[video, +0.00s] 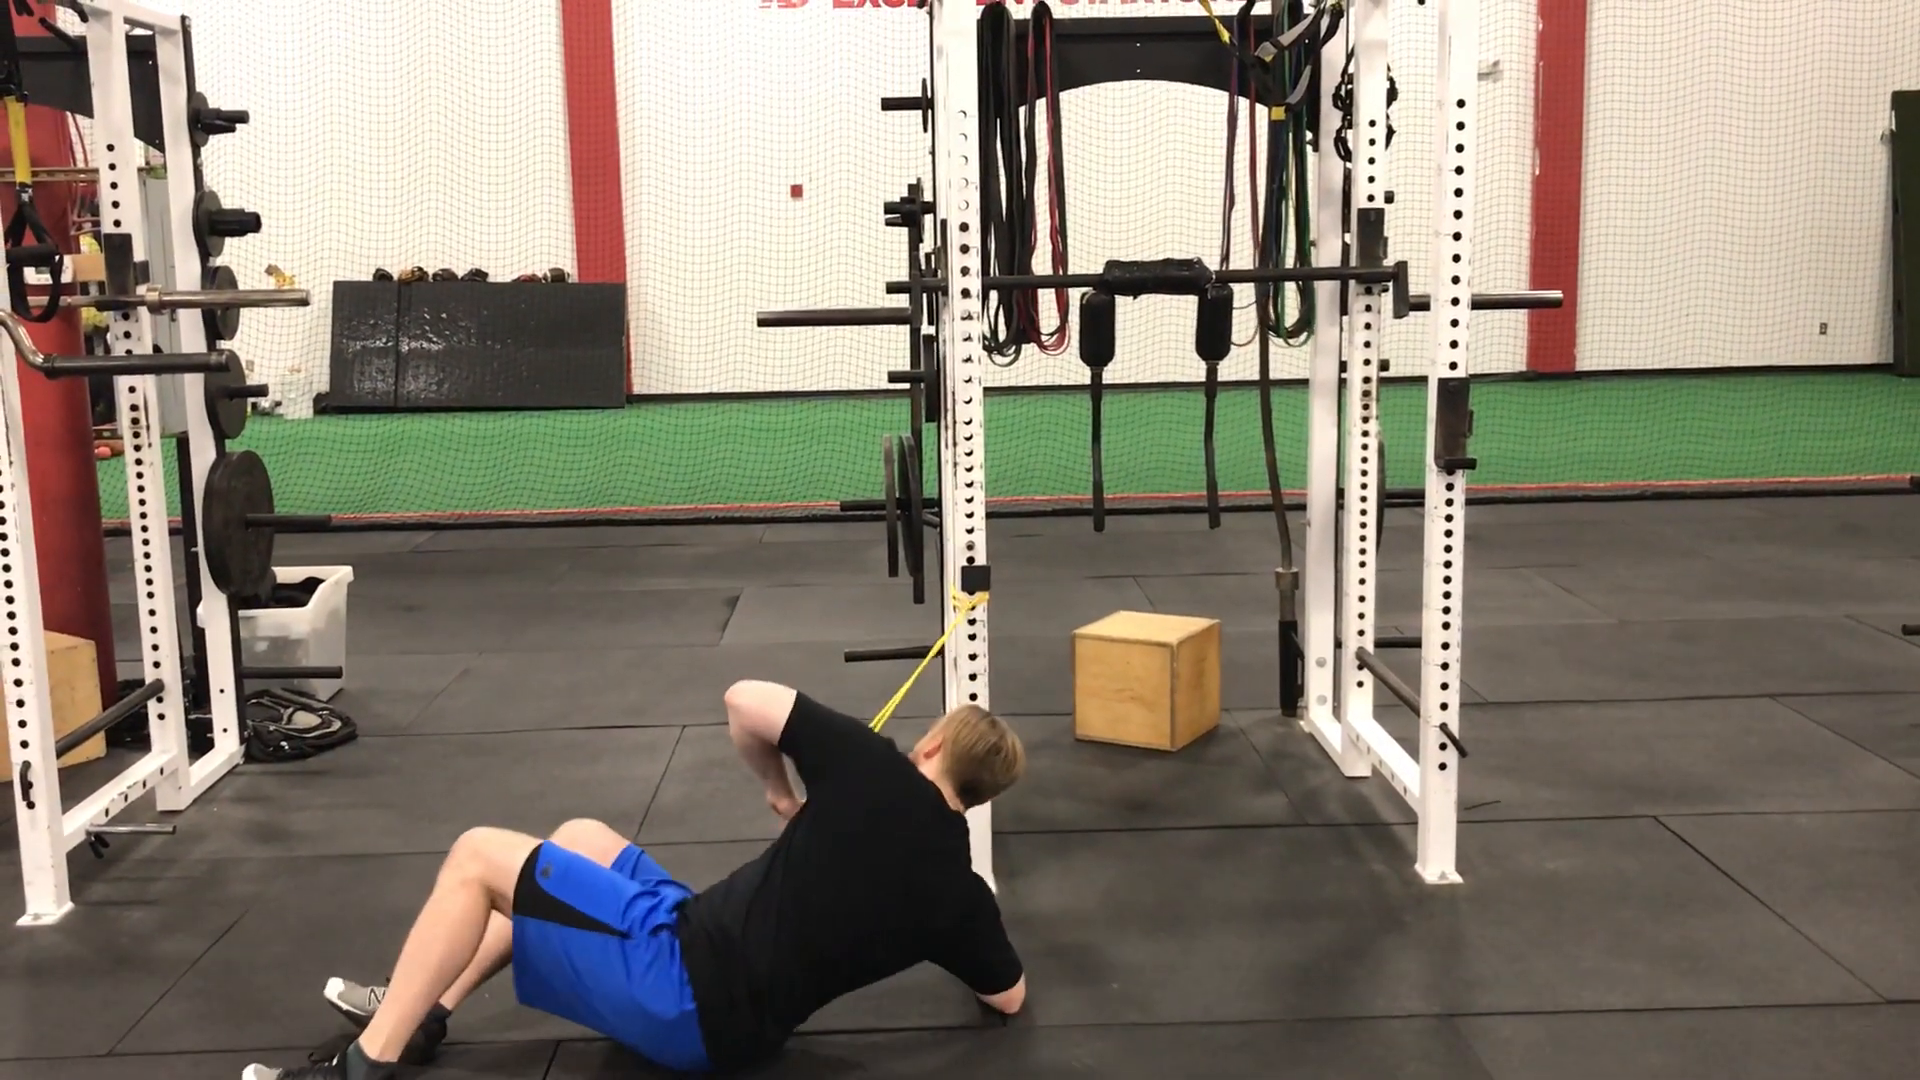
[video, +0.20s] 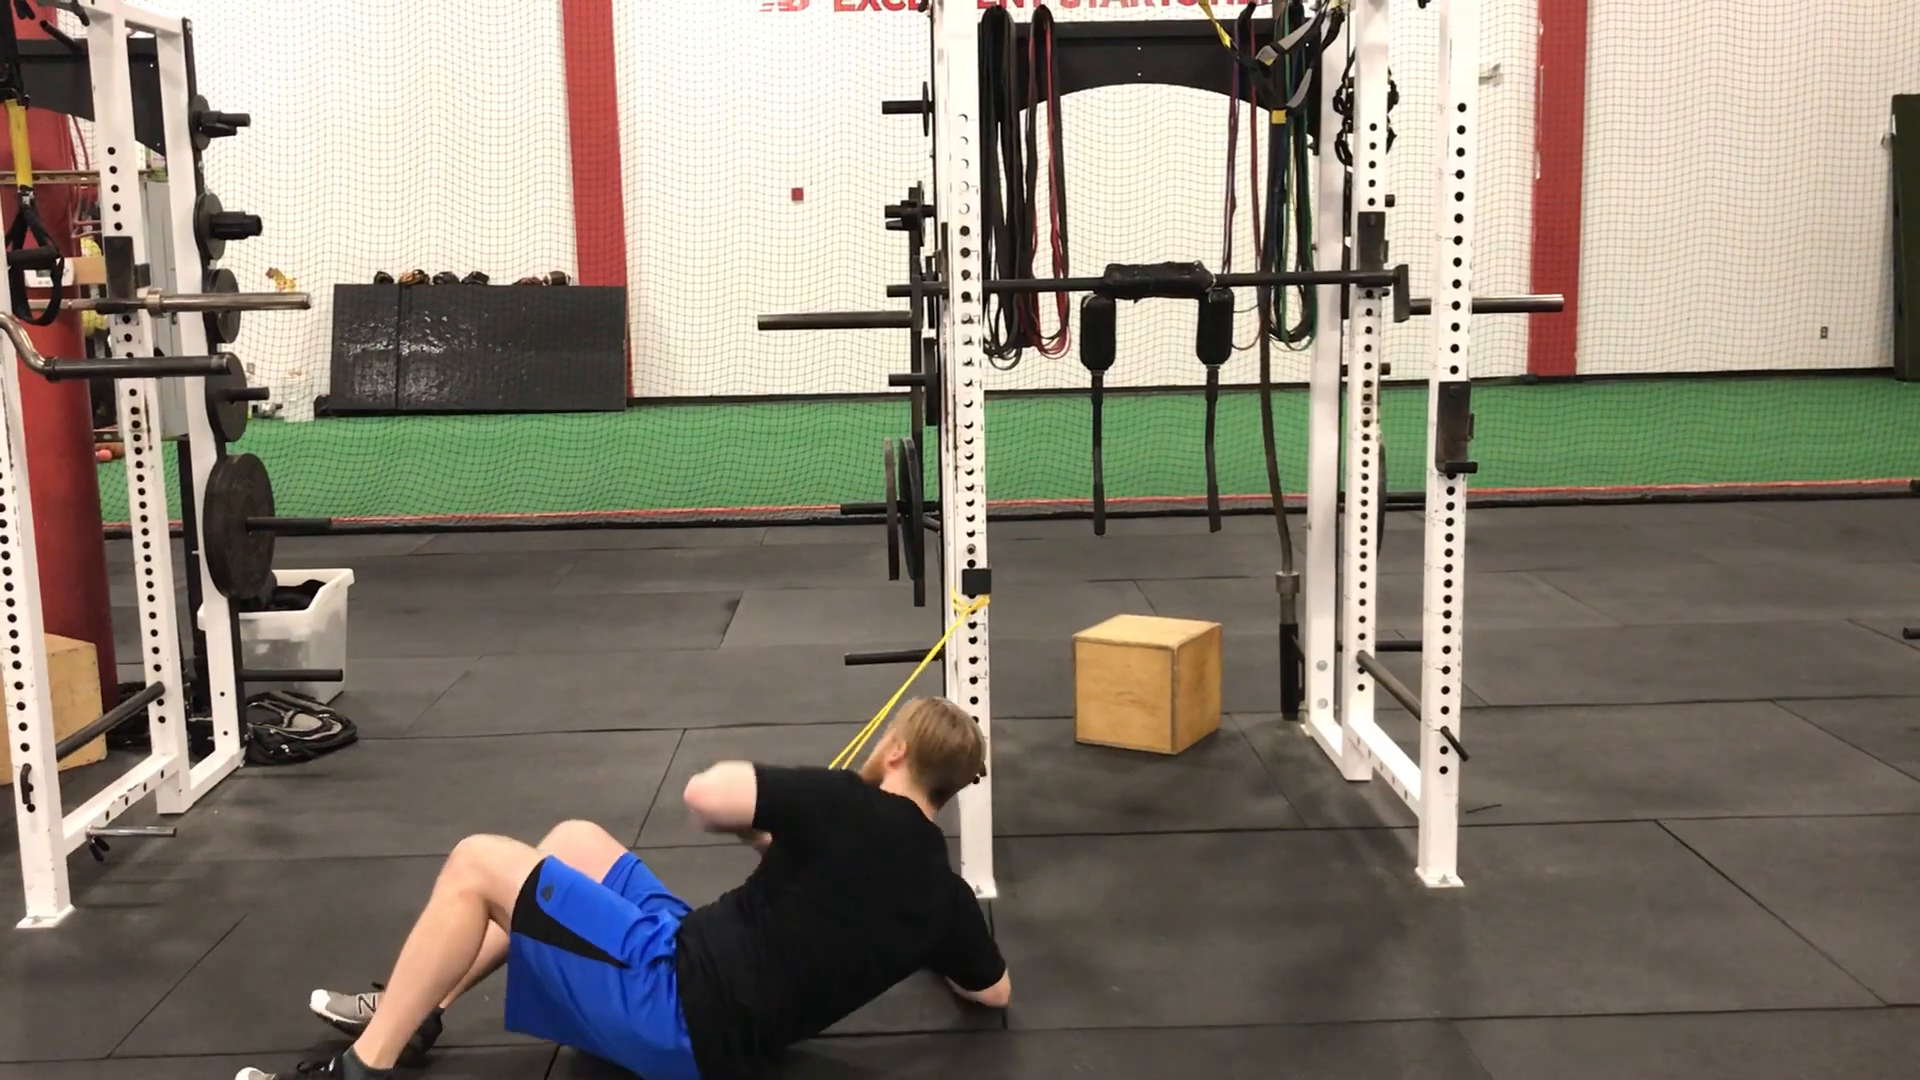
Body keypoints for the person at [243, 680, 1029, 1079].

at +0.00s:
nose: (913, 734)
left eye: (921, 729)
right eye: (929, 733)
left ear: (929, 742)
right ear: (985, 798)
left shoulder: (870, 764)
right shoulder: (961, 896)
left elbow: (749, 704)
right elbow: (1011, 1002)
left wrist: (774, 782)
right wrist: (957, 936)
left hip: (680, 976)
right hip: (729, 1027)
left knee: (479, 856)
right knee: (582, 834)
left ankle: (370, 1055)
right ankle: (423, 1007)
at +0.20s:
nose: (873, 746)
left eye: (881, 738)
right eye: (884, 738)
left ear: (892, 750)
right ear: (957, 788)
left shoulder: (850, 798)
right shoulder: (948, 894)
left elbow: (706, 795)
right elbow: (995, 996)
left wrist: (766, 832)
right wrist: (930, 937)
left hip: (670, 995)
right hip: (722, 1032)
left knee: (476, 860)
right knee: (577, 838)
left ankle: (362, 1063)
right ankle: (415, 1003)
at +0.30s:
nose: (877, 747)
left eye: (886, 738)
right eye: (889, 738)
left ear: (895, 754)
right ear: (959, 788)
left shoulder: (853, 820)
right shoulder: (947, 889)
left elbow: (714, 832)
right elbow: (966, 982)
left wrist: (755, 807)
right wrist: (892, 950)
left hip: (682, 1013)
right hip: (731, 1004)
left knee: (487, 863)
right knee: (582, 841)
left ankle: (366, 1064)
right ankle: (410, 1004)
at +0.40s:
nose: (894, 766)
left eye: (903, 755)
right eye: (905, 756)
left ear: (914, 773)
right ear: (971, 802)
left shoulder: (876, 845)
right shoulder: (944, 897)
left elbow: (740, 859)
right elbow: (929, 982)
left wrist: (817, 844)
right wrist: (849, 912)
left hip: (699, 1021)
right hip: (743, 997)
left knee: (501, 865)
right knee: (581, 840)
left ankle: (379, 1057)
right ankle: (410, 1008)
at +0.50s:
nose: (918, 788)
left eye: (927, 780)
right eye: (928, 779)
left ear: (939, 800)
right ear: (985, 824)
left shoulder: (913, 883)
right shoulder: (948, 887)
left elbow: (779, 898)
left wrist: (811, 859)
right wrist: (820, 873)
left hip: (712, 1025)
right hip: (737, 986)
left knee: (521, 860)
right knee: (583, 840)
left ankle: (385, 1051)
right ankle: (419, 1001)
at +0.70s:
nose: (966, 821)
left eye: (979, 817)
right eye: (978, 813)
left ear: (999, 852)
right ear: (1012, 868)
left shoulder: (971, 941)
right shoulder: (967, 915)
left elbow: (859, 976)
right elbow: (892, 952)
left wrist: (842, 908)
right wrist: (875, 917)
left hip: (734, 1024)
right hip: (752, 978)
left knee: (577, 839)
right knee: (609, 817)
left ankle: (412, 1010)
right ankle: (425, 957)